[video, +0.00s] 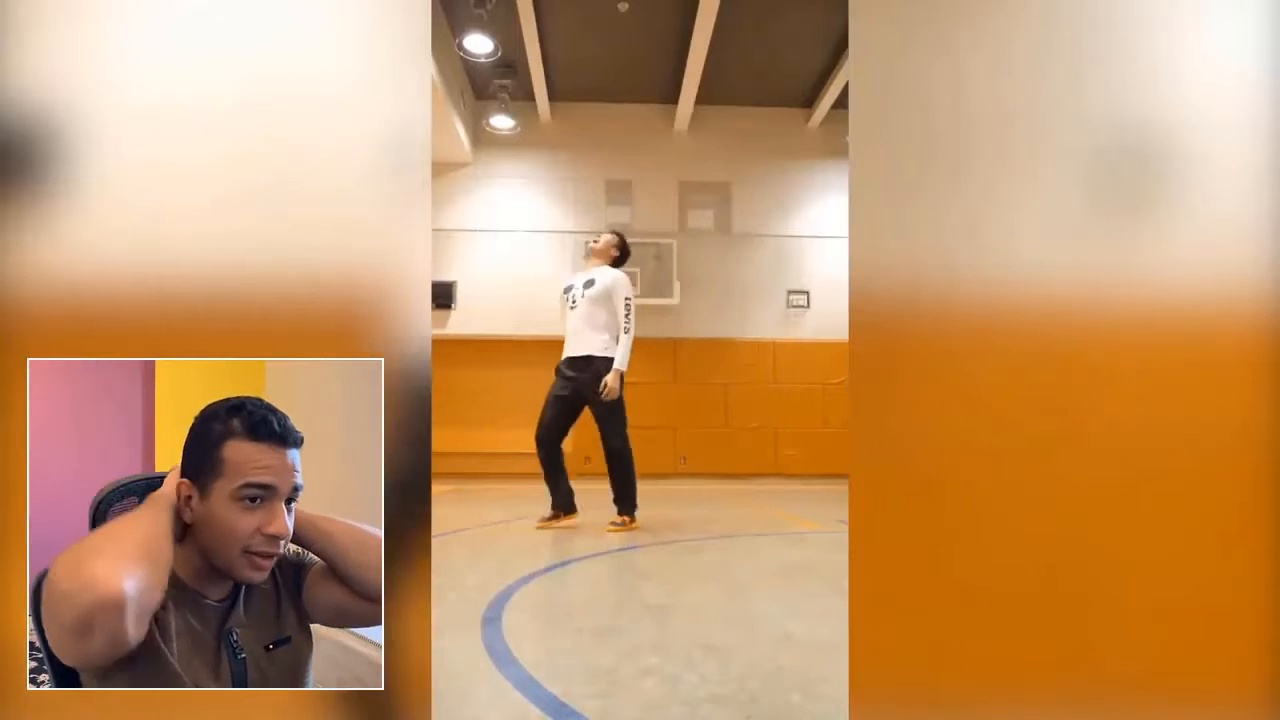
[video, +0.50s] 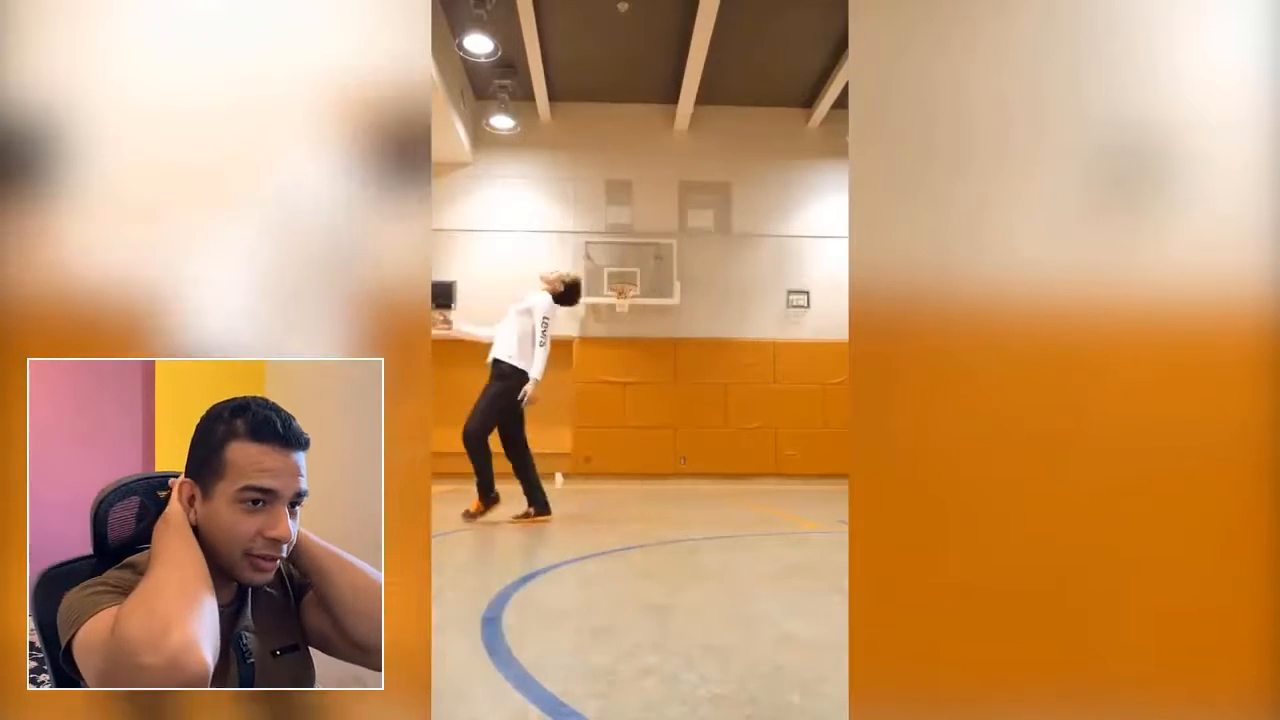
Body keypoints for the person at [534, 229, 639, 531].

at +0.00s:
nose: (596, 238)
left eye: (605, 237)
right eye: (599, 235)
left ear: (615, 252)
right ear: (597, 248)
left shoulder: (618, 278)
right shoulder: (575, 281)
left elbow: (627, 329)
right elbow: (574, 327)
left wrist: (617, 370)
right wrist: (565, 361)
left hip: (602, 366)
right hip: (571, 366)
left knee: (615, 442)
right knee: (546, 437)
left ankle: (626, 512)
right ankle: (564, 508)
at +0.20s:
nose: (587, 263)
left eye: (594, 266)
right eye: (592, 262)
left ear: (597, 280)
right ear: (588, 275)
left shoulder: (589, 296)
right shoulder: (561, 299)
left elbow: (590, 340)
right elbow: (548, 349)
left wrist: (580, 378)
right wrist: (521, 378)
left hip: (563, 374)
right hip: (538, 374)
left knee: (593, 443)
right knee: (532, 444)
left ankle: (624, 509)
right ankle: (540, 508)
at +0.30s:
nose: (585, 270)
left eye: (591, 273)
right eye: (590, 270)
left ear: (591, 286)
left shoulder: (581, 299)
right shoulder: (554, 301)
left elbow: (578, 339)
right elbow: (536, 348)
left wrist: (570, 376)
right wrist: (504, 369)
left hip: (547, 373)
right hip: (524, 374)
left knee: (575, 440)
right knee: (523, 446)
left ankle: (612, 497)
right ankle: (540, 507)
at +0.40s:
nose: (571, 273)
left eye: (577, 276)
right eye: (577, 273)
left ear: (577, 290)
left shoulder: (564, 303)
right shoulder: (542, 303)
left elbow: (563, 342)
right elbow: (510, 339)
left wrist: (552, 373)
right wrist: (469, 341)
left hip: (527, 368)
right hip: (511, 365)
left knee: (521, 435)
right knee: (513, 439)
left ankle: (549, 495)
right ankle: (534, 502)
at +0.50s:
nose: (554, 273)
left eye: (559, 276)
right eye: (560, 272)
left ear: (558, 289)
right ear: (557, 285)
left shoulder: (543, 301)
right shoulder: (530, 301)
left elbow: (542, 344)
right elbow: (496, 334)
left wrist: (534, 380)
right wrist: (456, 329)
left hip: (511, 374)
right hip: (503, 372)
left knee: (473, 434)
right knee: (515, 443)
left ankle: (487, 496)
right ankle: (539, 505)